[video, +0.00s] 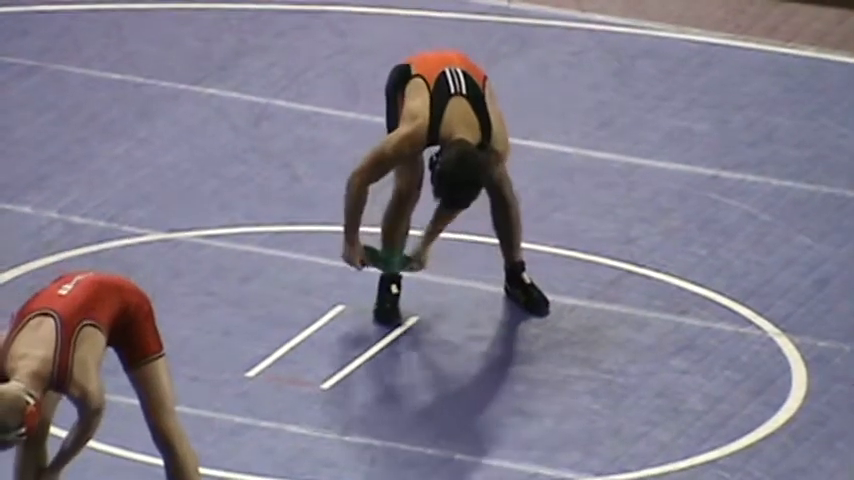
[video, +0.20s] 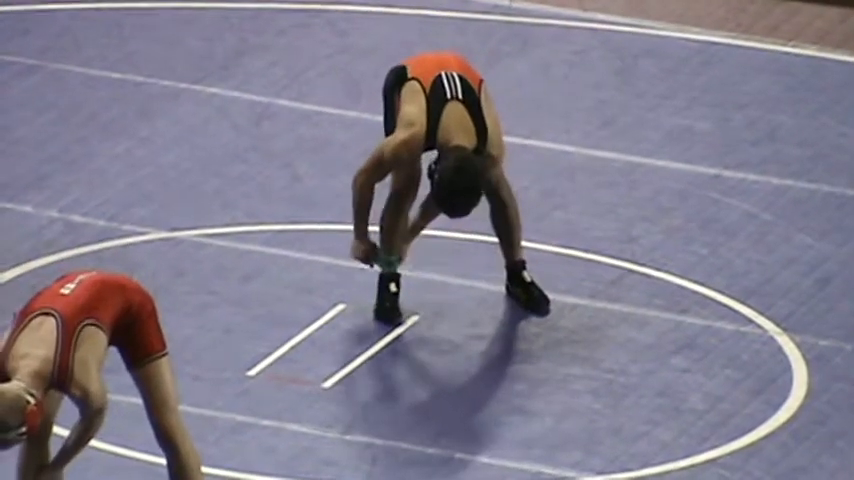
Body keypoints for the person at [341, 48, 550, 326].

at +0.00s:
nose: (446, 211)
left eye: (458, 208)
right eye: (444, 203)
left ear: (477, 181)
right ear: (436, 169)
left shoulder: (497, 148)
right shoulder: (415, 133)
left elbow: (456, 203)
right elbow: (358, 180)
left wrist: (425, 244)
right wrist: (352, 243)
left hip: (473, 77)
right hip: (411, 75)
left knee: (502, 187)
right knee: (407, 191)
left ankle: (516, 276)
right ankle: (390, 281)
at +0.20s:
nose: (447, 216)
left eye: (454, 213)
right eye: (444, 209)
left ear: (477, 187)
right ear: (435, 174)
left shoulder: (492, 153)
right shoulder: (409, 140)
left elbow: (440, 199)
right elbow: (363, 180)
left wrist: (409, 236)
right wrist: (360, 238)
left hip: (469, 80)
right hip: (409, 78)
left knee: (499, 188)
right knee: (404, 189)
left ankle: (518, 275)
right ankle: (389, 281)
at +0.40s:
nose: (446, 220)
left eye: (453, 220)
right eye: (444, 216)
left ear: (481, 187)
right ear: (434, 182)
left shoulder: (490, 153)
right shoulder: (405, 144)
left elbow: (439, 200)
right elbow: (366, 181)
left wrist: (411, 238)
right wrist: (365, 237)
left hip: (464, 79)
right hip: (406, 79)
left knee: (498, 187)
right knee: (403, 188)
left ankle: (517, 274)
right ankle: (388, 283)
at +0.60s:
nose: (451, 220)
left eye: (459, 220)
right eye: (448, 216)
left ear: (484, 186)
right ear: (437, 182)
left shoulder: (492, 152)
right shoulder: (407, 145)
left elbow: (444, 197)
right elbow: (370, 183)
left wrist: (420, 236)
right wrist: (371, 238)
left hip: (466, 77)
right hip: (409, 78)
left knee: (502, 187)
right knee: (405, 187)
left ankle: (519, 273)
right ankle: (390, 280)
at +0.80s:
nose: (456, 223)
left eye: (464, 222)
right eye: (451, 216)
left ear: (488, 186)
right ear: (440, 187)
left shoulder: (495, 153)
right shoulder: (409, 147)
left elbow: (452, 205)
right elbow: (374, 187)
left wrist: (428, 246)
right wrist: (389, 243)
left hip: (468, 76)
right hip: (412, 77)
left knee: (505, 186)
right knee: (407, 187)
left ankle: (521, 272)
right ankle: (390, 274)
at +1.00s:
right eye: (454, 221)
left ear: (490, 189)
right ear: (443, 191)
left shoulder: (497, 156)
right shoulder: (412, 150)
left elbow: (458, 216)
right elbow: (374, 186)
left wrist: (433, 253)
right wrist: (394, 230)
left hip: (470, 77)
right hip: (415, 78)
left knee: (509, 187)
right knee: (409, 187)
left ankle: (521, 271)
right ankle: (391, 277)